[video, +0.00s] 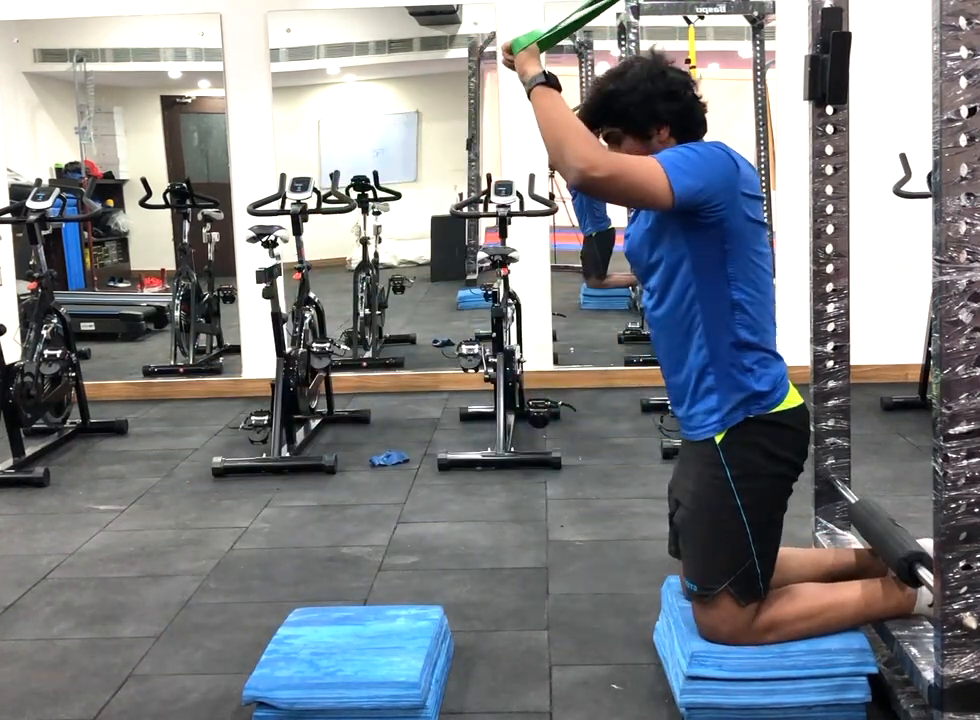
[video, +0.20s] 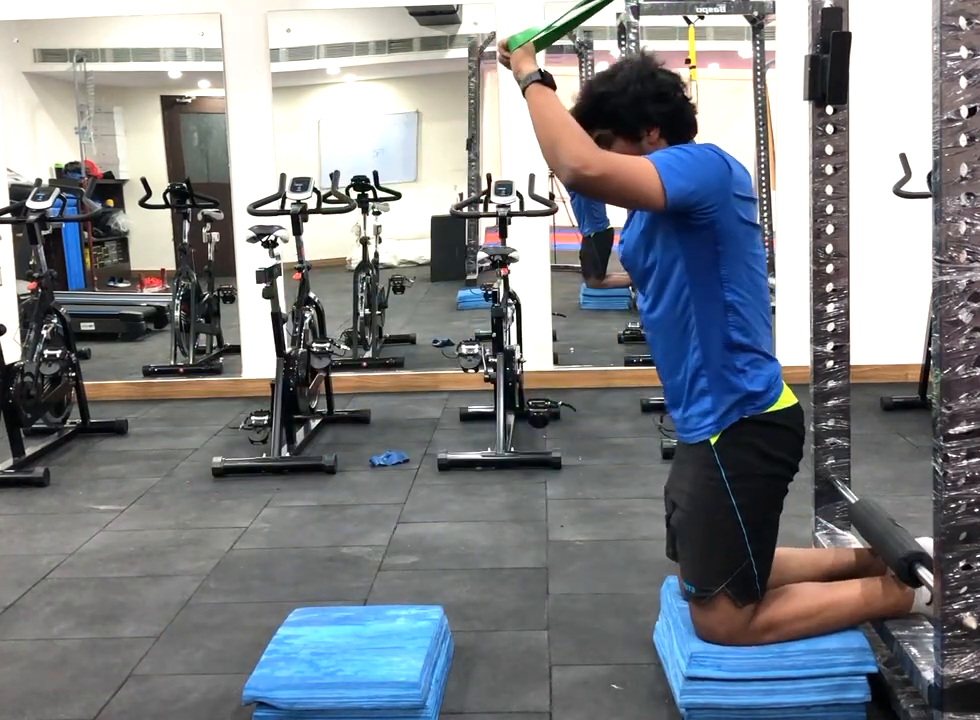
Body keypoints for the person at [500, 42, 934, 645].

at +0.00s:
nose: (611, 158)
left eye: (617, 143)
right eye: (606, 145)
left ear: (660, 133)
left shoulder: (710, 167)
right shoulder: (670, 193)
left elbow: (589, 168)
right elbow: (583, 168)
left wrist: (535, 78)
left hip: (747, 426)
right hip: (712, 426)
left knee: (728, 621)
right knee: (705, 577)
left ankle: (901, 593)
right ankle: (872, 560)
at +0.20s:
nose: (604, 161)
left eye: (609, 146)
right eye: (598, 149)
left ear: (650, 136)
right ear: (653, 141)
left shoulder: (702, 169)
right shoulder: (663, 196)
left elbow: (582, 169)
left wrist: (530, 78)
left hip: (741, 426)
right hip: (706, 427)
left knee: (725, 621)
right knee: (705, 577)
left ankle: (901, 592)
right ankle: (870, 560)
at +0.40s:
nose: (582, 164)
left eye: (587, 149)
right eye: (577, 151)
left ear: (626, 138)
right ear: (632, 141)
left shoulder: (680, 173)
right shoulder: (651, 191)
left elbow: (559, 172)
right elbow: (556, 172)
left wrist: (511, 81)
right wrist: (512, 88)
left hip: (731, 428)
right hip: (697, 428)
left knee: (722, 620)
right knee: (702, 575)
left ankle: (905, 582)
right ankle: (865, 555)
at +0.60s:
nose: (547, 176)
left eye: (548, 161)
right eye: (541, 163)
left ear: (582, 145)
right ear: (591, 146)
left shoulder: (644, 180)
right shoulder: (620, 197)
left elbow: (520, 181)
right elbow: (525, 190)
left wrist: (482, 85)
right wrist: (487, 92)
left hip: (718, 432)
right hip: (689, 432)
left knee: (721, 623)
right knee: (709, 578)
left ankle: (903, 579)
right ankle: (867, 548)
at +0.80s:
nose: (504, 188)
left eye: (507, 172)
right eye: (499, 173)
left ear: (544, 161)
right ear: (553, 157)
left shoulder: (601, 187)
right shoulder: (584, 201)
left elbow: (472, 190)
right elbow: (480, 192)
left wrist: (448, 96)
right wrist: (459, 102)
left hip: (703, 433)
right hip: (677, 433)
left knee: (721, 626)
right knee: (713, 579)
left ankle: (902, 576)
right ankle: (866, 547)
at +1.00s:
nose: (457, 205)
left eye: (458, 193)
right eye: (450, 193)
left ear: (484, 185)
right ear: (510, 159)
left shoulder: (550, 203)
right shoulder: (538, 216)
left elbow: (433, 207)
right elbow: (443, 206)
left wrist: (419, 115)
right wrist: (430, 120)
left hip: (687, 435)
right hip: (670, 433)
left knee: (723, 627)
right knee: (715, 580)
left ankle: (901, 576)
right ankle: (871, 542)